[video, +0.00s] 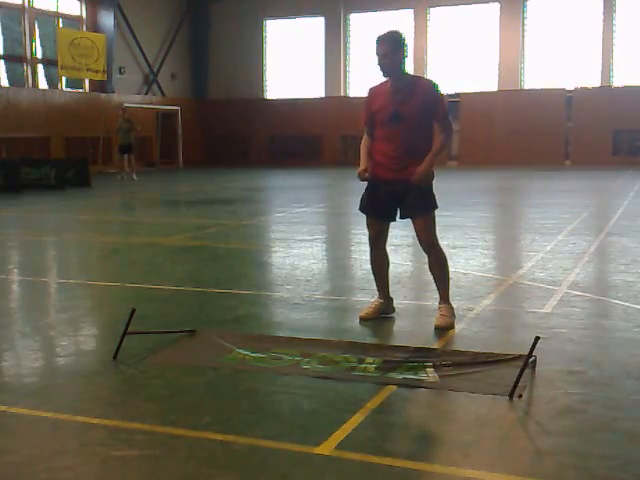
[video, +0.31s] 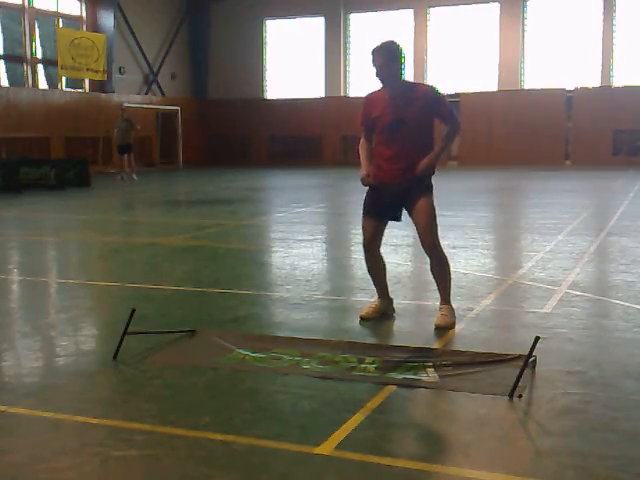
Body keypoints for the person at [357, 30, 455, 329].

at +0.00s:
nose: (381, 61)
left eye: (386, 55)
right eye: (378, 56)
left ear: (401, 54)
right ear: (377, 57)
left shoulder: (426, 89)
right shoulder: (375, 93)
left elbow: (444, 132)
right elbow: (367, 133)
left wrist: (427, 165)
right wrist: (364, 160)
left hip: (415, 180)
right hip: (380, 181)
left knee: (429, 242)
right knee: (375, 240)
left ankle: (445, 304)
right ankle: (384, 300)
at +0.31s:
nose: (377, 72)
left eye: (381, 66)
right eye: (374, 67)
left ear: (398, 64)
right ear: (375, 67)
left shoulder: (424, 95)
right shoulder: (372, 101)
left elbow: (453, 123)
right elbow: (365, 137)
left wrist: (434, 156)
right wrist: (365, 165)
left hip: (416, 181)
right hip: (381, 183)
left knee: (431, 244)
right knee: (369, 245)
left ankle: (445, 306)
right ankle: (384, 301)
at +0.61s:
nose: (346, 84)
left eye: (351, 79)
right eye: (344, 79)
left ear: (366, 77)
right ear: (344, 79)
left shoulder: (390, 107)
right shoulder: (345, 108)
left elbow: (410, 147)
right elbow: (343, 140)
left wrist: (370, 162)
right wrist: (342, 165)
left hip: (387, 191)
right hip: (352, 189)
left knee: (415, 247)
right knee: (308, 228)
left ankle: (445, 305)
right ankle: (327, 287)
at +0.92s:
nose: (268, 109)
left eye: (271, 103)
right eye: (263, 105)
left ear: (282, 104)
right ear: (260, 109)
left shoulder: (311, 129)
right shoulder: (268, 136)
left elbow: (338, 161)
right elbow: (270, 168)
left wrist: (309, 186)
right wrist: (257, 201)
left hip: (324, 194)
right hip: (292, 194)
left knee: (340, 250)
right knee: (258, 246)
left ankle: (346, 279)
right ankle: (254, 296)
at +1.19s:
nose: (282, 136)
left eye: (284, 130)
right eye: (275, 133)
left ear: (289, 125)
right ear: (264, 133)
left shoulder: (308, 140)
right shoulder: (260, 159)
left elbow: (346, 154)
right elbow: (239, 192)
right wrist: (217, 224)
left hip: (321, 206)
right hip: (286, 209)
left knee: (340, 246)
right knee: (257, 257)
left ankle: (322, 291)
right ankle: (255, 299)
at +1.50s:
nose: (373, 77)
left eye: (378, 72)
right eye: (369, 72)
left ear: (386, 75)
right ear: (361, 77)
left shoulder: (401, 99)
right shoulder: (350, 111)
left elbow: (446, 88)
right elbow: (336, 151)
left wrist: (490, 91)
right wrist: (381, 151)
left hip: (390, 189)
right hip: (353, 190)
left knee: (435, 226)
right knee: (314, 242)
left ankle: (462, 287)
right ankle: (281, 286)